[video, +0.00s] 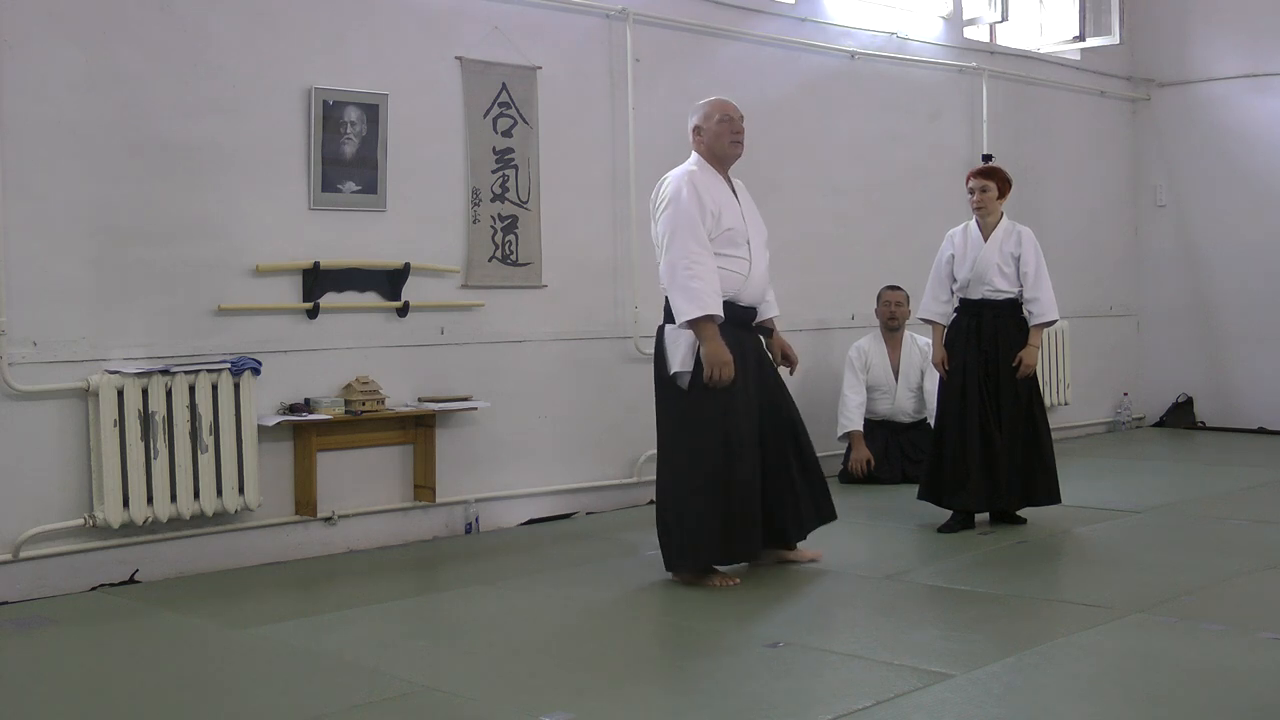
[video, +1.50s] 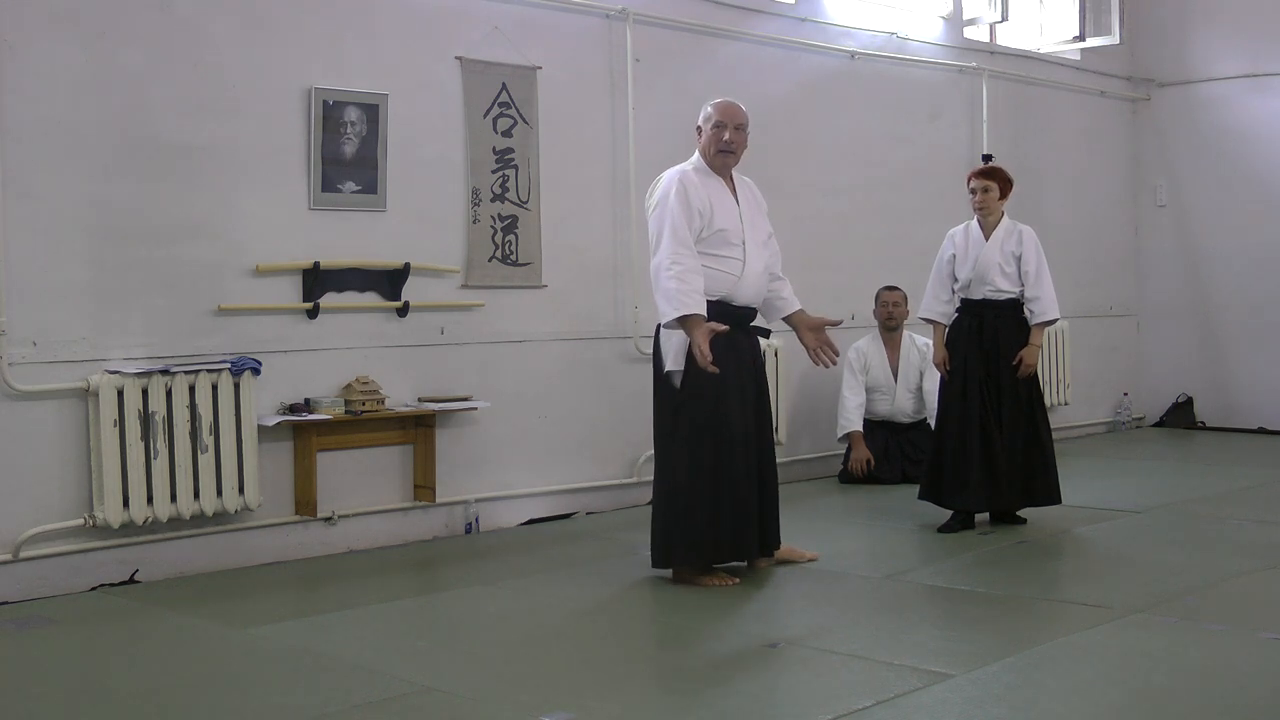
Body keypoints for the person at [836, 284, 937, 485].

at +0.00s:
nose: (892, 310)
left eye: (899, 305)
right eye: (886, 305)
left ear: (909, 313)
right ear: (876, 312)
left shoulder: (926, 348)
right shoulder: (861, 350)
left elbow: (935, 397)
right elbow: (852, 397)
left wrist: (944, 437)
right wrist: (857, 443)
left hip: (916, 431)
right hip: (874, 431)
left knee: (937, 473)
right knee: (855, 472)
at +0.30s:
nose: (892, 310)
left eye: (898, 305)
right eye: (886, 305)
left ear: (908, 313)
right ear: (876, 312)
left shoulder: (925, 348)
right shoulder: (861, 350)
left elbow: (935, 396)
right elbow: (852, 397)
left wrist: (943, 436)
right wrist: (857, 443)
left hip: (915, 430)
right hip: (874, 431)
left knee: (936, 472)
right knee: (854, 472)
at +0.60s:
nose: (891, 310)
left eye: (898, 305)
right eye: (885, 305)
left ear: (908, 313)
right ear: (875, 312)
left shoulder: (925, 348)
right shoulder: (860, 350)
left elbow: (934, 396)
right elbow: (851, 397)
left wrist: (944, 435)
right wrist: (857, 443)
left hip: (916, 431)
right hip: (874, 431)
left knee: (936, 473)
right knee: (855, 473)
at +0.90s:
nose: (891, 310)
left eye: (898, 305)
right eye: (885, 305)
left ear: (907, 313)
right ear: (875, 312)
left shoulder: (925, 348)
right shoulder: (860, 350)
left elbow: (934, 396)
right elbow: (851, 397)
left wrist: (944, 436)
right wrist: (857, 443)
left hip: (916, 430)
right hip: (874, 431)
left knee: (936, 472)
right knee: (855, 472)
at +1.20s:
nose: (890, 310)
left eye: (897, 305)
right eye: (884, 305)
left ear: (907, 313)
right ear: (875, 312)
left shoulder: (925, 348)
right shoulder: (860, 350)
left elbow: (935, 397)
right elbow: (851, 398)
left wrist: (944, 437)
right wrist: (857, 443)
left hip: (916, 430)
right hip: (874, 431)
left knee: (936, 472)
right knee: (855, 472)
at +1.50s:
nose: (890, 310)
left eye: (896, 305)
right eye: (884, 305)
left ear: (907, 313)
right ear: (875, 313)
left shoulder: (925, 349)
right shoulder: (860, 351)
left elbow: (935, 397)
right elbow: (851, 399)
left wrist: (944, 436)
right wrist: (857, 443)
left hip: (916, 430)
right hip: (874, 431)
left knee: (935, 472)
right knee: (855, 472)